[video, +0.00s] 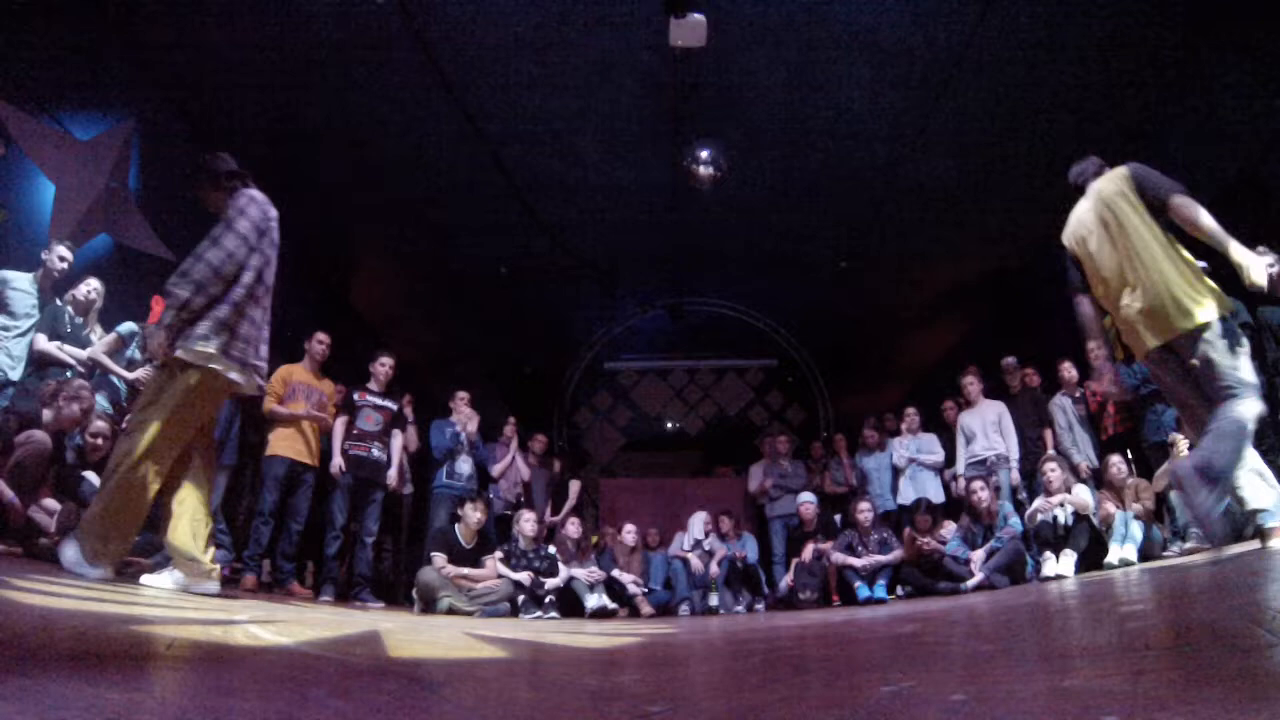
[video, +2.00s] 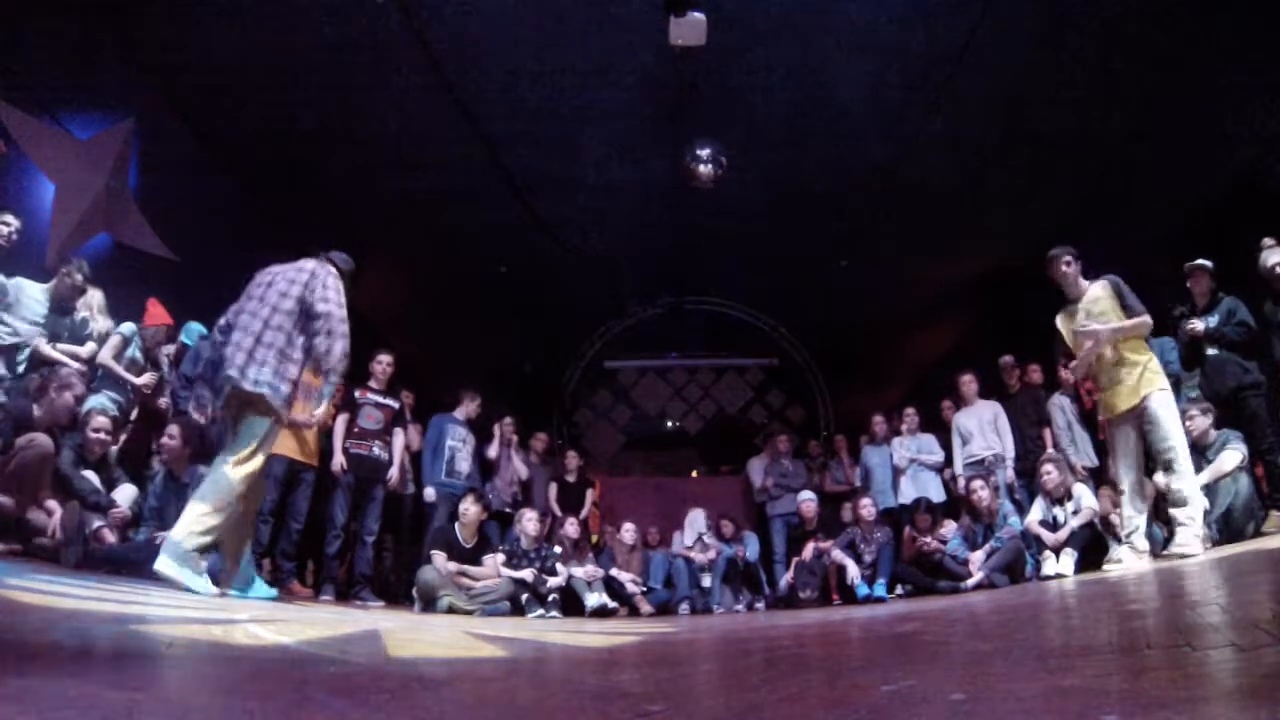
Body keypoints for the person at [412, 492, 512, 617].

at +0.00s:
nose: (479, 516)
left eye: (483, 512)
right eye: (473, 510)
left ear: (487, 516)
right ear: (460, 511)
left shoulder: (485, 539)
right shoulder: (442, 534)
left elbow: (492, 573)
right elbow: (440, 569)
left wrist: (461, 571)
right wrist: (474, 585)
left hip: (476, 591)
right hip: (447, 588)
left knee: (507, 586)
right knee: (426, 574)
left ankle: (453, 606)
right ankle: (477, 611)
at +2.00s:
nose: (465, 508)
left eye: (473, 505)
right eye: (464, 502)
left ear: (483, 515)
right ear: (458, 505)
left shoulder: (483, 538)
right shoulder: (442, 533)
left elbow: (493, 572)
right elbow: (440, 567)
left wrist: (460, 568)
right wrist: (474, 584)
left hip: (476, 590)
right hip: (446, 588)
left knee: (507, 585)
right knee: (427, 574)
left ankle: (454, 605)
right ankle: (477, 609)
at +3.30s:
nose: (484, 514)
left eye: (486, 509)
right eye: (478, 508)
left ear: (489, 512)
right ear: (462, 510)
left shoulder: (485, 538)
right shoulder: (442, 533)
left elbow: (493, 572)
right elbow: (442, 570)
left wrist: (462, 569)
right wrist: (474, 584)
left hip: (476, 591)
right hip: (447, 588)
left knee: (506, 585)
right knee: (427, 574)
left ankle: (453, 604)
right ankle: (476, 609)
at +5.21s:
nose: (487, 513)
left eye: (488, 508)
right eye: (482, 507)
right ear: (465, 509)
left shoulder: (484, 536)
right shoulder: (443, 530)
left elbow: (492, 572)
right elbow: (441, 569)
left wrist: (461, 569)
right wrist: (475, 584)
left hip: (476, 590)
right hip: (448, 588)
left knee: (507, 585)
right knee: (427, 573)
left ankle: (455, 605)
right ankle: (477, 609)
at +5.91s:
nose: (487, 514)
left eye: (488, 509)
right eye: (482, 508)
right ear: (465, 509)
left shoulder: (484, 537)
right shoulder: (444, 532)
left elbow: (493, 572)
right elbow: (442, 570)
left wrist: (462, 569)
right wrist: (474, 584)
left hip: (476, 591)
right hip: (446, 590)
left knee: (507, 584)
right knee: (426, 572)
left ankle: (457, 604)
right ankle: (477, 608)